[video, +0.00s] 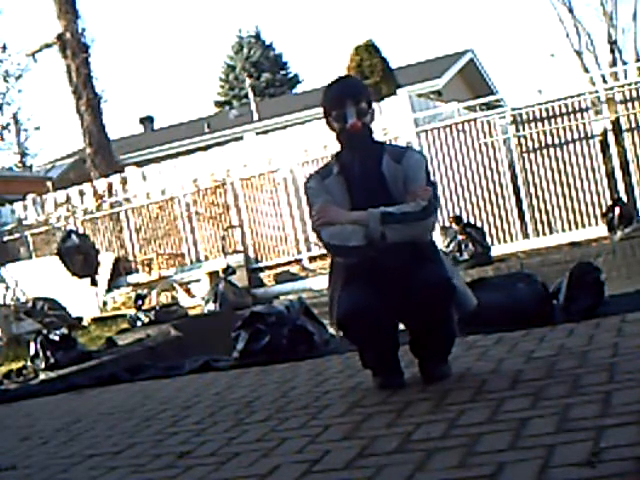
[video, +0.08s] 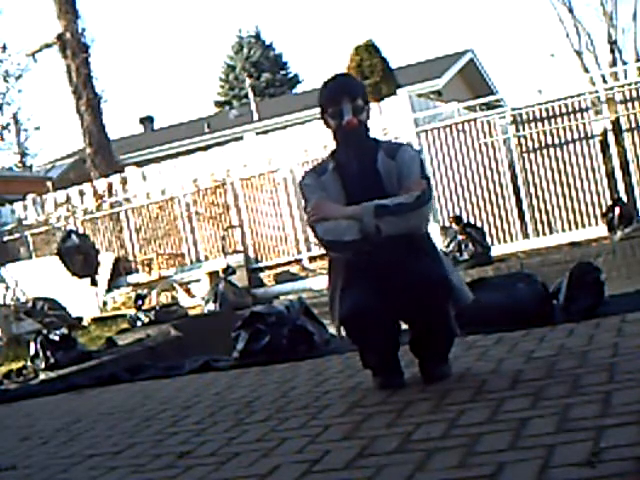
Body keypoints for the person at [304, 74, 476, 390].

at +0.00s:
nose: (353, 123)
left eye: (361, 111)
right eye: (341, 116)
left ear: (373, 112)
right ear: (329, 122)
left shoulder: (407, 159)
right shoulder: (319, 183)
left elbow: (425, 218)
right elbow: (335, 241)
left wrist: (349, 217)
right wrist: (406, 215)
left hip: (415, 262)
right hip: (359, 275)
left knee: (433, 290)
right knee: (358, 311)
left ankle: (434, 361)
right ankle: (385, 369)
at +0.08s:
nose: (349, 121)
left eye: (357, 109)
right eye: (337, 113)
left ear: (368, 110)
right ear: (326, 119)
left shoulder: (402, 156)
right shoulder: (315, 179)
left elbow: (419, 217)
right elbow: (329, 235)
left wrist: (344, 212)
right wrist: (399, 208)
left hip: (413, 260)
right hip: (359, 273)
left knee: (430, 292)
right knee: (362, 313)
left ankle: (434, 361)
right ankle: (385, 370)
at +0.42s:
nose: (342, 128)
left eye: (350, 119)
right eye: (331, 122)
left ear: (360, 121)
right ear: (318, 128)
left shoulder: (392, 170)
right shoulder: (308, 194)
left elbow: (413, 218)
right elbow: (322, 249)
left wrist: (341, 226)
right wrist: (389, 222)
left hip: (410, 264)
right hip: (359, 282)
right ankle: (387, 370)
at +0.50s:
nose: (344, 127)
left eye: (351, 118)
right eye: (333, 121)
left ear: (362, 121)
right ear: (320, 129)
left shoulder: (395, 167)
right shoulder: (310, 192)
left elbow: (414, 211)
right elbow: (328, 242)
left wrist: (341, 220)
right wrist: (388, 218)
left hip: (411, 263)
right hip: (363, 281)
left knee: (411, 246)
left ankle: (459, 350)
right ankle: (388, 366)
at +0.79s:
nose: (354, 97)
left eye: (360, 86)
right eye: (342, 91)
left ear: (372, 87)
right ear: (331, 99)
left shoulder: (407, 131)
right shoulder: (326, 159)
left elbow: (421, 165)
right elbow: (330, 201)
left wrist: (345, 177)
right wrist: (388, 179)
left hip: (418, 244)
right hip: (364, 256)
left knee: (420, 292)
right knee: (371, 296)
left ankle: (436, 362)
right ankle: (383, 368)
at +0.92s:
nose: (369, 124)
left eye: (376, 112)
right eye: (357, 118)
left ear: (388, 113)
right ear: (348, 126)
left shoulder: (426, 158)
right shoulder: (341, 184)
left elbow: (433, 194)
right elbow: (344, 231)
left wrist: (360, 205)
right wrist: (402, 210)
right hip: (384, 286)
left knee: (407, 248)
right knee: (363, 260)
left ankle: (434, 360)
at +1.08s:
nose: (357, 98)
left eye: (363, 87)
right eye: (345, 92)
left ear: (375, 86)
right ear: (335, 101)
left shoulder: (416, 131)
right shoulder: (333, 157)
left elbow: (433, 169)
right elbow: (335, 198)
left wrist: (361, 175)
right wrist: (397, 180)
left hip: (420, 239)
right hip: (366, 250)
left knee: (435, 292)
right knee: (376, 299)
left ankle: (438, 360)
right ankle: (376, 361)